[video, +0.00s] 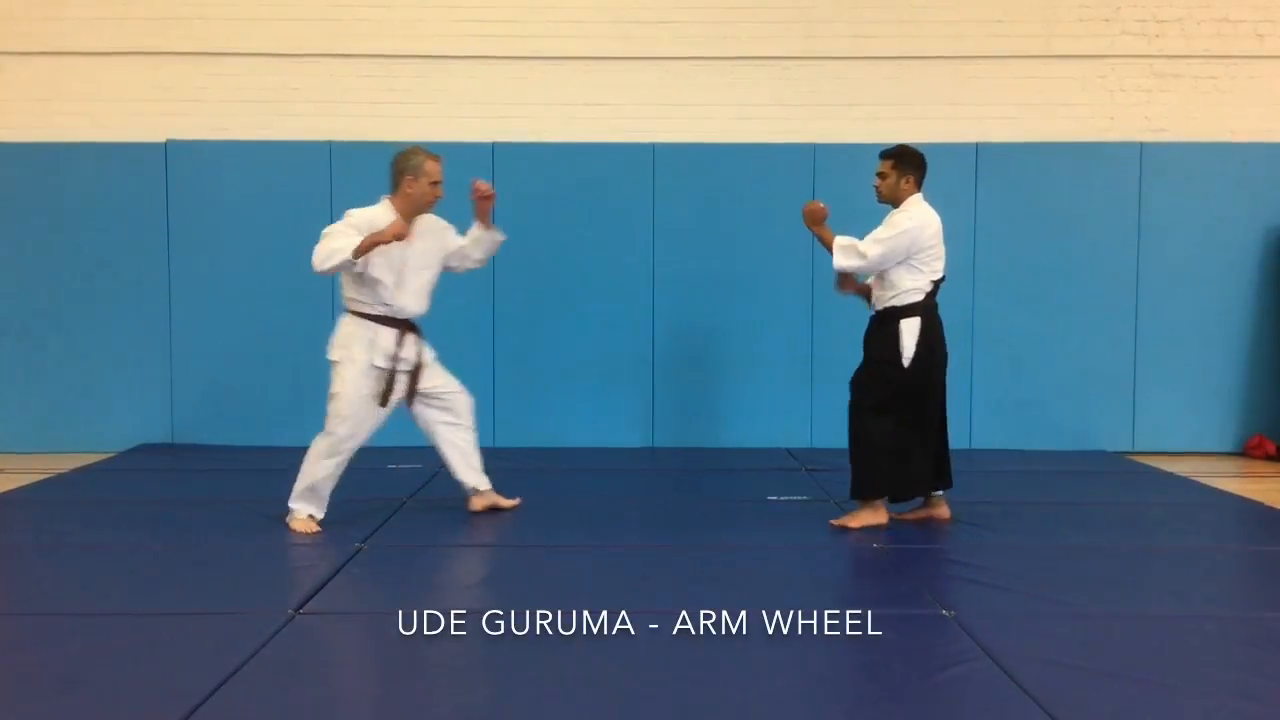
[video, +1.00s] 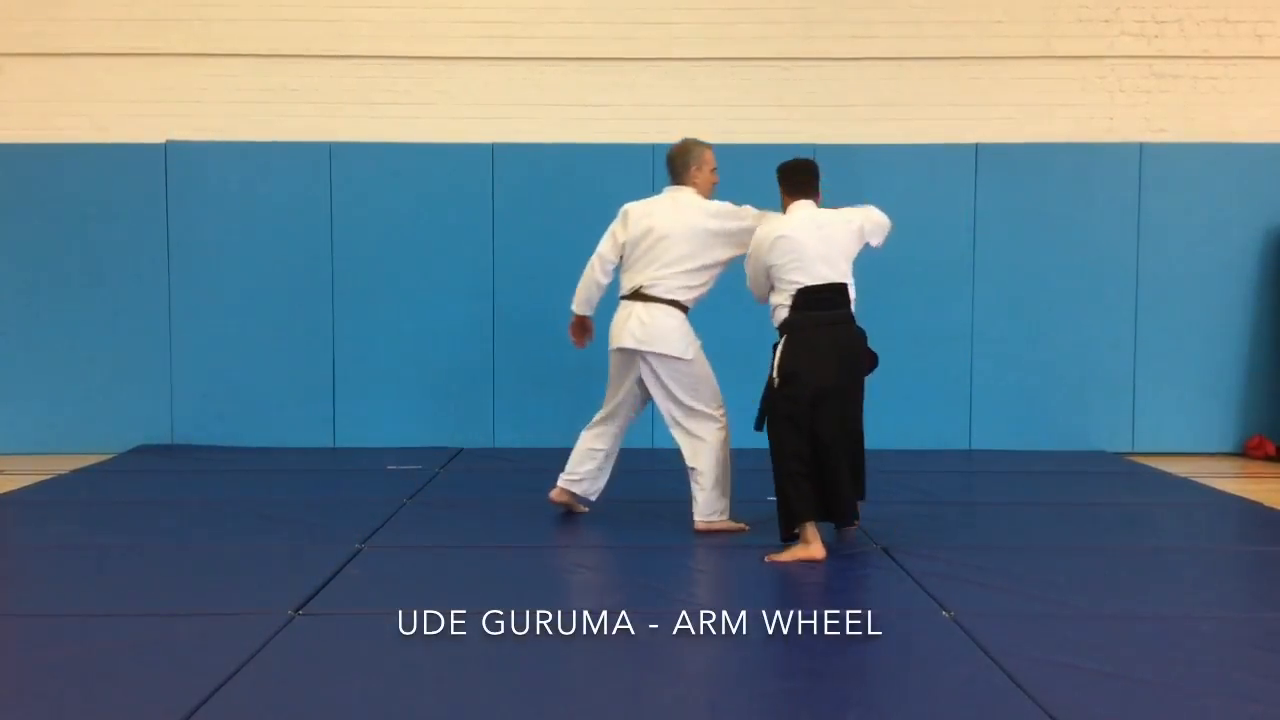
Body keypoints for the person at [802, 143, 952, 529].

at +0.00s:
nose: (876, 183)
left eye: (883, 176)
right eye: (877, 176)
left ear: (907, 180)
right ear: (906, 181)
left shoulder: (912, 219)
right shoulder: (915, 216)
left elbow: (863, 258)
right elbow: (898, 287)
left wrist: (820, 230)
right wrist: (859, 288)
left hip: (903, 327)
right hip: (917, 324)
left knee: (867, 405)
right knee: (922, 410)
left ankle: (873, 505)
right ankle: (935, 499)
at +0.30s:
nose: (849, 199)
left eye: (857, 193)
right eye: (852, 192)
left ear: (881, 200)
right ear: (880, 200)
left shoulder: (886, 243)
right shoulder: (893, 236)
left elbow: (849, 297)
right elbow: (864, 298)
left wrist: (813, 280)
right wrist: (821, 303)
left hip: (871, 345)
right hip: (889, 342)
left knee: (834, 423)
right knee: (906, 422)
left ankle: (813, 514)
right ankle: (930, 500)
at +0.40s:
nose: (835, 203)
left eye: (843, 197)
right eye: (838, 196)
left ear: (866, 204)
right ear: (869, 205)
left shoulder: (868, 248)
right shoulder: (885, 242)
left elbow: (829, 305)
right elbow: (839, 303)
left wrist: (797, 292)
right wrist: (799, 293)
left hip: (852, 353)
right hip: (874, 349)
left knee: (816, 438)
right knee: (881, 429)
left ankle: (812, 534)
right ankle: (907, 503)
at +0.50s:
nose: (820, 198)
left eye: (827, 193)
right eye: (823, 192)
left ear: (848, 200)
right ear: (851, 202)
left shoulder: (856, 245)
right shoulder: (849, 240)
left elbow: (818, 300)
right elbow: (794, 287)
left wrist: (787, 270)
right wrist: (761, 259)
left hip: (842, 355)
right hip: (858, 351)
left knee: (806, 443)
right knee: (872, 433)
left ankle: (813, 545)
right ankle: (911, 503)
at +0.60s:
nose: (808, 192)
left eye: (815, 186)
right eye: (811, 185)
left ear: (834, 192)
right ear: (841, 193)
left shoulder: (843, 239)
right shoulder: (842, 229)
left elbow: (794, 294)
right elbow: (782, 240)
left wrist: (776, 265)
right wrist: (753, 204)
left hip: (831, 350)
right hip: (852, 344)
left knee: (804, 443)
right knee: (866, 436)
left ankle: (813, 544)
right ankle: (903, 512)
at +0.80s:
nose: (791, 187)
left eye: (793, 180)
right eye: (792, 178)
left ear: (803, 183)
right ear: (831, 180)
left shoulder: (794, 232)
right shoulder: (858, 213)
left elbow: (757, 285)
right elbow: (827, 197)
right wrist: (797, 175)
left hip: (813, 341)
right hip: (853, 336)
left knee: (801, 438)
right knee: (850, 430)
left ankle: (812, 542)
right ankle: (865, 511)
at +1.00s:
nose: (783, 197)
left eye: (780, 192)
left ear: (781, 193)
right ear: (818, 193)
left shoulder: (768, 233)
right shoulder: (846, 221)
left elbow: (759, 291)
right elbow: (881, 222)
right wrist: (848, 212)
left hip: (799, 340)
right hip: (844, 337)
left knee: (789, 433)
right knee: (842, 427)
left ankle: (809, 538)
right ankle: (847, 515)